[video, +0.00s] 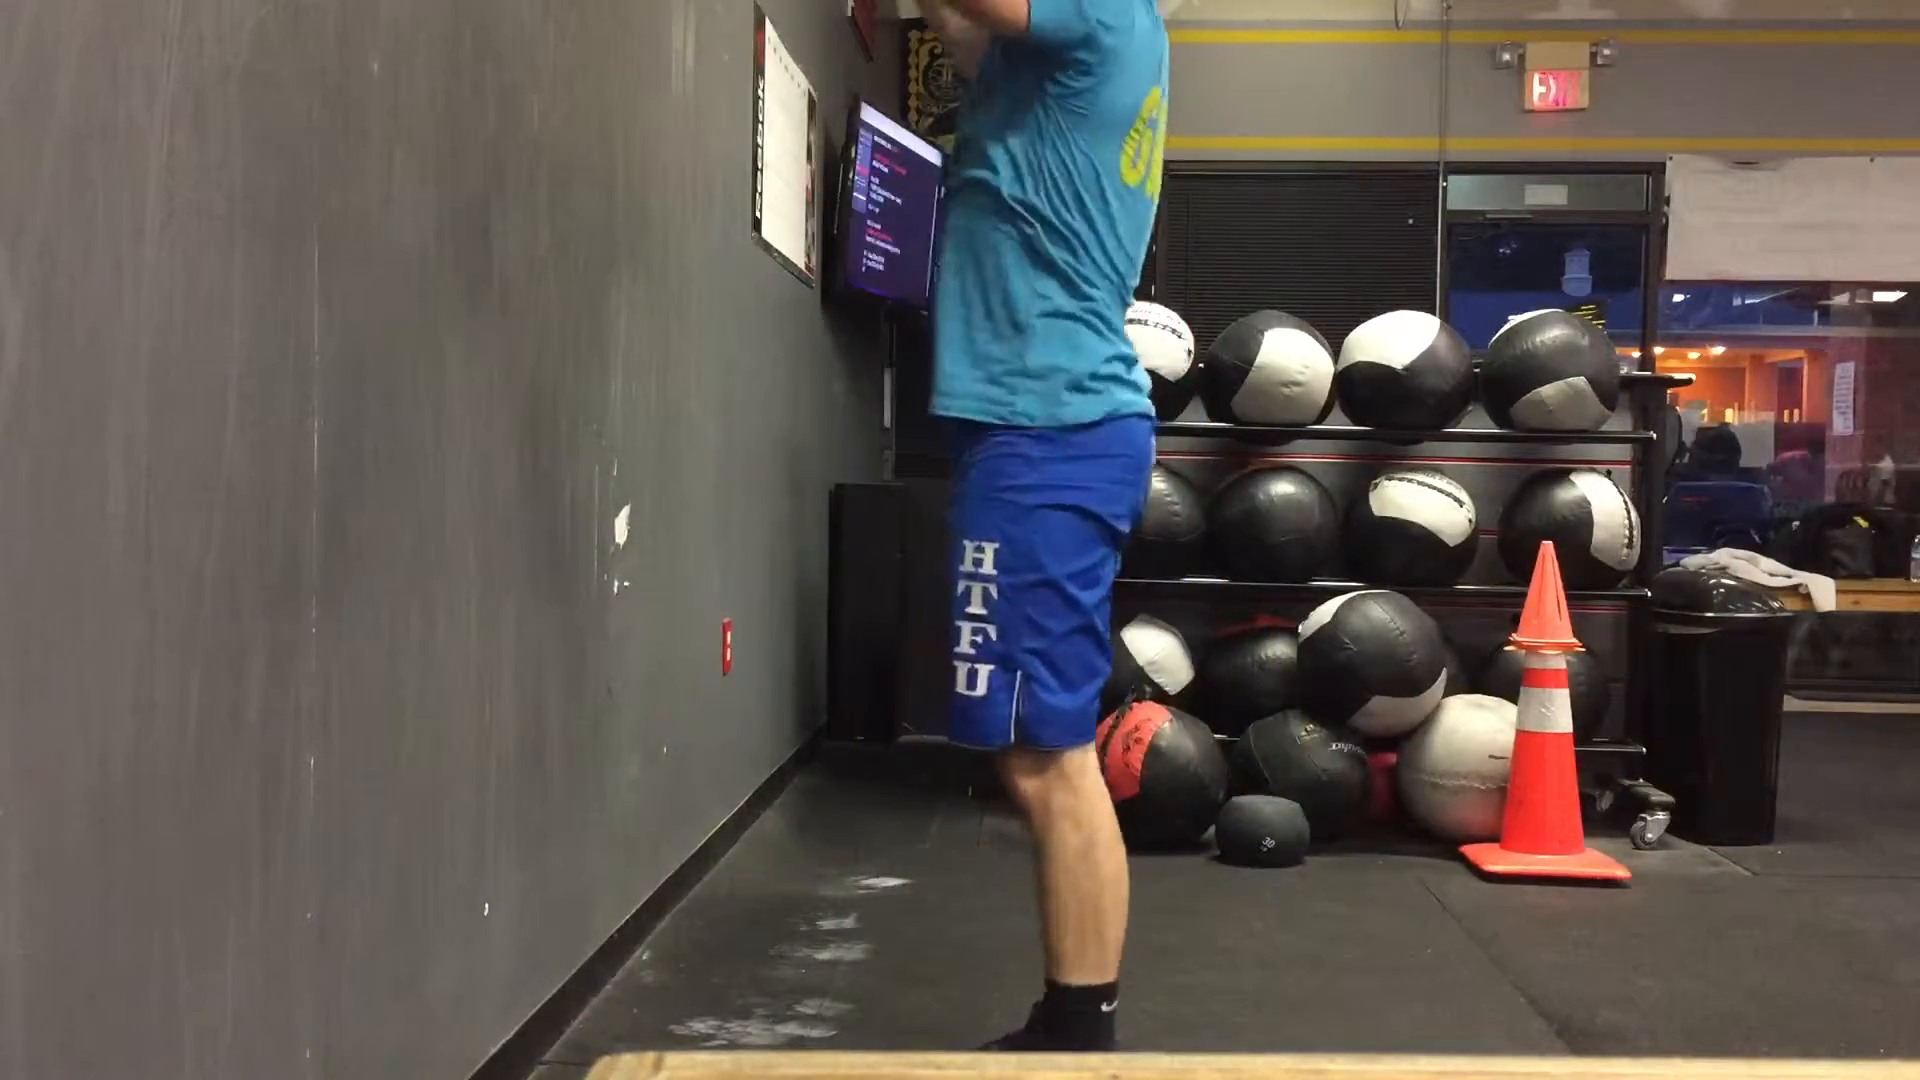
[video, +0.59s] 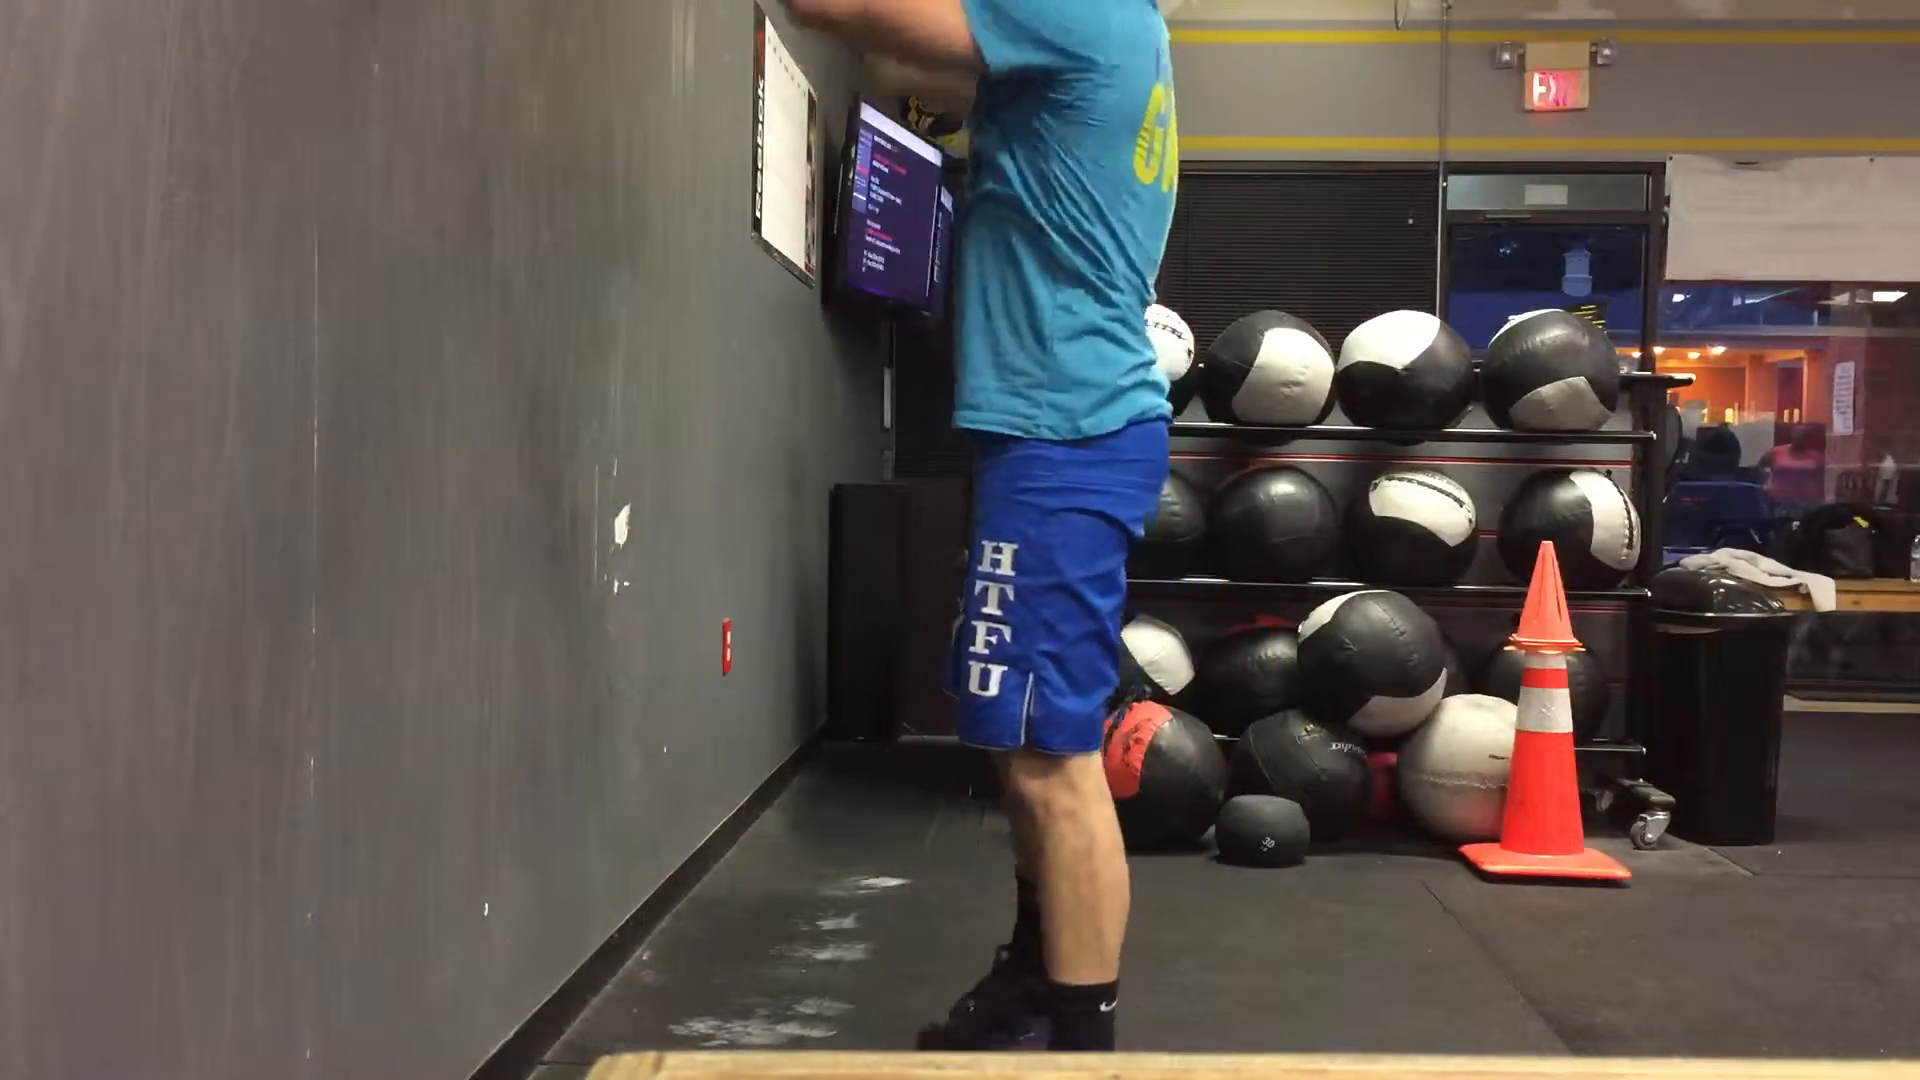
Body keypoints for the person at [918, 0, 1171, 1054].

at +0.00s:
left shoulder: (1101, 19)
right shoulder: (1083, 31)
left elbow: (981, 7)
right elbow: (976, 36)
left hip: (1055, 430)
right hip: (1039, 426)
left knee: (1054, 757)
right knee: (1028, 756)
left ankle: (1083, 1030)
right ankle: (1073, 1020)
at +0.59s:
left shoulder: (1083, 17)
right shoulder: (1104, 26)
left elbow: (863, 19)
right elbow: (918, 75)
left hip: (1069, 429)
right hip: (1053, 425)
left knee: (1053, 753)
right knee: (1028, 741)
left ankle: (1084, 1040)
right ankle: (1038, 983)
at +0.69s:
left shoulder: (1066, 49)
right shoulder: (1090, 45)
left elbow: (882, 194)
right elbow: (941, 208)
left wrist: (757, 61)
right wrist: (881, 152)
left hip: (1067, 444)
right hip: (1059, 440)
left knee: (1025, 756)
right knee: (1021, 750)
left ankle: (1071, 1025)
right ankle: (1046, 998)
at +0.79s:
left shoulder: (1042, 79)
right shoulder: (1072, 67)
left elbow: (985, 286)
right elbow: (1021, 260)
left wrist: (810, 214)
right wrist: (903, 189)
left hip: (1072, 453)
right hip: (1084, 447)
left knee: (969, 742)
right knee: (1018, 736)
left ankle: (1048, 1010)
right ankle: (1053, 994)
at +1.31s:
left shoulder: (1079, 49)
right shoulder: (1049, 57)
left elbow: (1083, 256)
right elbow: (1043, 246)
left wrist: (895, 227)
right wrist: (889, 218)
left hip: (1080, 449)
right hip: (1055, 447)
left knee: (1034, 747)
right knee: (1037, 744)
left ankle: (1075, 1020)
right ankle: (1059, 1000)